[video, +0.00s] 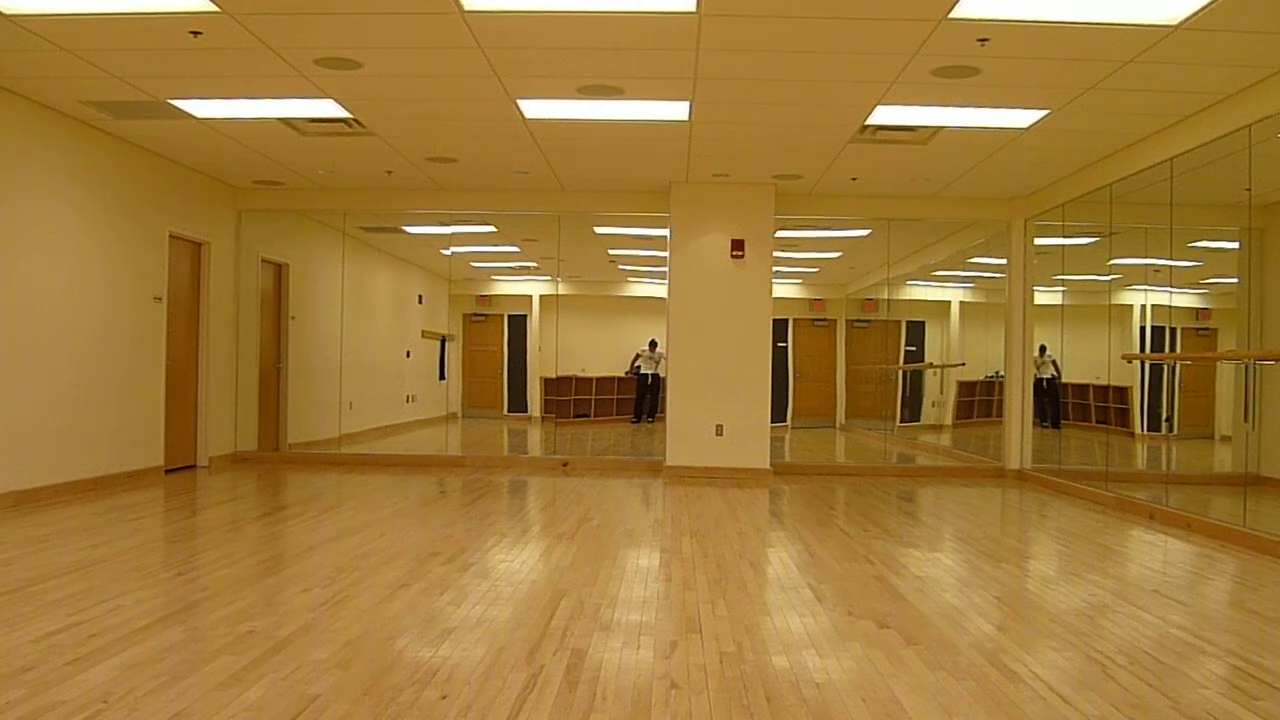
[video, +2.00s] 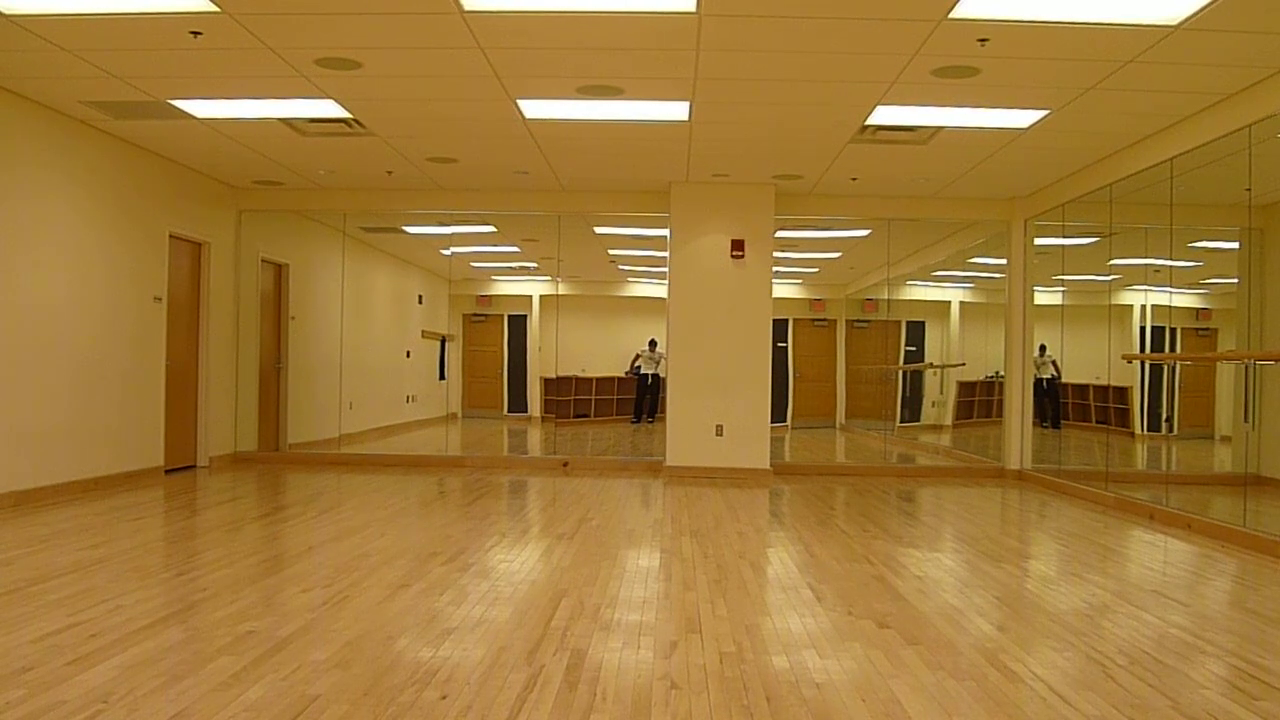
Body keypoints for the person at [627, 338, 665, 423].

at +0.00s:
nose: (652, 351)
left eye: (654, 349)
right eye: (651, 349)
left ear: (656, 348)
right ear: (648, 347)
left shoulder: (660, 354)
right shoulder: (642, 352)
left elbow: (668, 361)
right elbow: (634, 359)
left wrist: (668, 373)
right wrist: (631, 369)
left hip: (654, 373)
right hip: (643, 373)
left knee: (654, 396)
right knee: (640, 395)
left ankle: (651, 416)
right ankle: (637, 416)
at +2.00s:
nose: (652, 349)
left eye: (653, 348)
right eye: (650, 347)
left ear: (656, 347)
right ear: (648, 346)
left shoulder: (660, 354)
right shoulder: (642, 352)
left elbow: (668, 362)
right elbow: (634, 360)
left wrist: (668, 374)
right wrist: (631, 370)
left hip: (654, 374)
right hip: (643, 373)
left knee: (654, 396)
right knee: (640, 395)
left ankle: (651, 416)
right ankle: (637, 416)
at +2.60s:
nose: (652, 349)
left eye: (654, 347)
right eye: (650, 347)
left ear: (656, 347)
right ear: (648, 346)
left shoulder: (660, 354)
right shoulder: (642, 352)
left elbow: (668, 361)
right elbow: (634, 360)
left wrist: (668, 373)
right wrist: (630, 370)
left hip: (654, 374)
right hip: (643, 373)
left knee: (654, 396)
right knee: (640, 395)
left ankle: (651, 416)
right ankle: (637, 416)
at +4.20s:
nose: (650, 349)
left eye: (652, 347)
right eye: (649, 346)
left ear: (655, 346)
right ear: (646, 345)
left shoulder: (658, 354)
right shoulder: (641, 352)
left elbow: (667, 360)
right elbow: (633, 360)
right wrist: (630, 370)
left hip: (654, 374)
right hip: (643, 374)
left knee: (654, 396)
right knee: (640, 395)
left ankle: (651, 416)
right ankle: (637, 416)